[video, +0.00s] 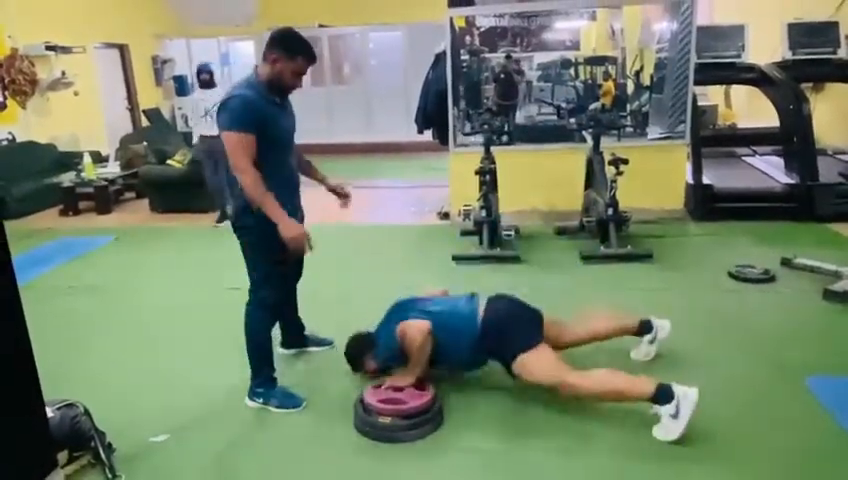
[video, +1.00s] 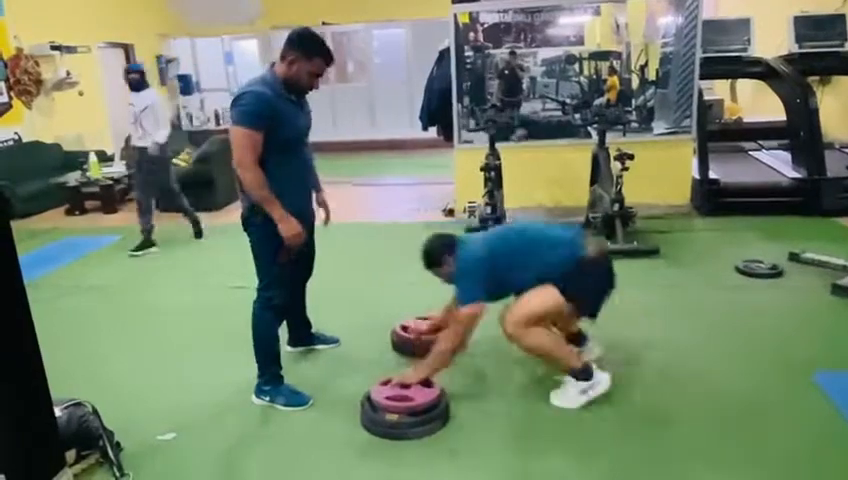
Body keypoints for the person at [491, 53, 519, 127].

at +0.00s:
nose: (507, 63)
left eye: (509, 61)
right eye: (506, 61)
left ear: (512, 61)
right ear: (504, 61)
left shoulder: (516, 72)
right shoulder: (500, 72)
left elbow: (519, 81)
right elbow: (495, 80)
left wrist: (511, 72)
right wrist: (500, 71)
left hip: (512, 101)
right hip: (501, 101)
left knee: (511, 120)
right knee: (501, 119)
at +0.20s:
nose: (508, 64)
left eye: (510, 62)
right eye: (506, 62)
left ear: (512, 62)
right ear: (504, 62)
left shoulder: (517, 73)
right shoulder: (500, 73)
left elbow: (519, 82)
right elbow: (495, 82)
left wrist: (511, 73)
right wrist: (501, 71)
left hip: (513, 102)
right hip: (501, 102)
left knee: (512, 122)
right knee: (501, 121)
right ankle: (500, 137)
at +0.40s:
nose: (509, 64)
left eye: (510, 62)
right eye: (507, 62)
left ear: (513, 62)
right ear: (505, 62)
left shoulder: (518, 73)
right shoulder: (501, 74)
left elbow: (520, 82)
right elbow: (495, 83)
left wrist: (512, 73)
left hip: (513, 103)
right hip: (502, 103)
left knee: (512, 122)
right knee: (502, 122)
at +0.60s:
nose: (510, 63)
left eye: (512, 61)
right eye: (508, 60)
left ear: (514, 61)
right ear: (506, 60)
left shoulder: (518, 70)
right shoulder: (502, 70)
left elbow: (520, 80)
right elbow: (496, 79)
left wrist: (513, 71)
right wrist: (502, 70)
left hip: (514, 100)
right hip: (502, 100)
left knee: (513, 122)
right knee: (502, 121)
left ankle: (514, 138)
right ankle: (501, 137)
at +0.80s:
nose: (511, 61)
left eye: (513, 59)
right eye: (510, 59)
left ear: (515, 59)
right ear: (508, 59)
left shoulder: (519, 69)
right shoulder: (503, 70)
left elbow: (521, 79)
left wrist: (514, 69)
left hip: (516, 99)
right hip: (505, 99)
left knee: (515, 120)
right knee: (505, 119)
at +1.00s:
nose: (512, 59)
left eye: (514, 57)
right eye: (511, 57)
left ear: (516, 58)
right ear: (509, 57)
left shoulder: (519, 67)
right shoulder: (504, 69)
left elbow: (522, 77)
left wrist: (515, 68)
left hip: (516, 98)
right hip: (505, 98)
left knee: (515, 117)